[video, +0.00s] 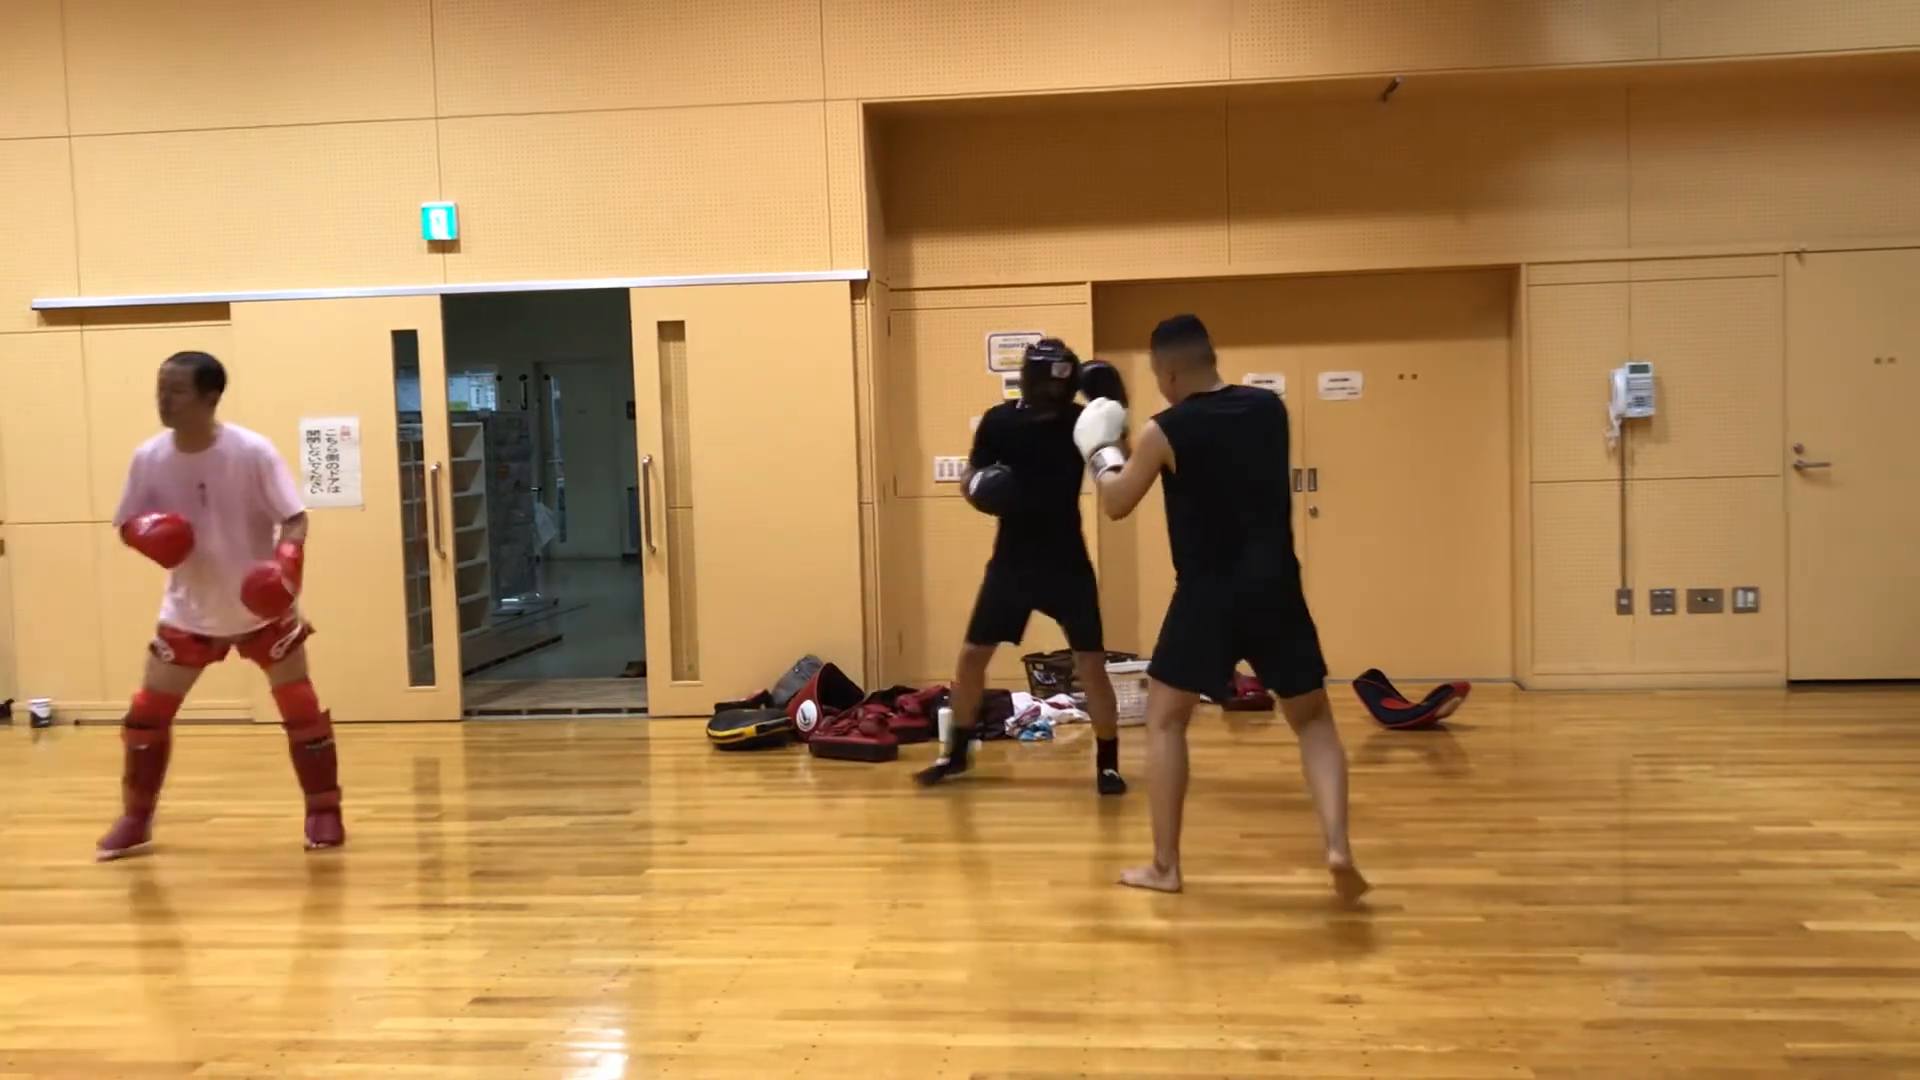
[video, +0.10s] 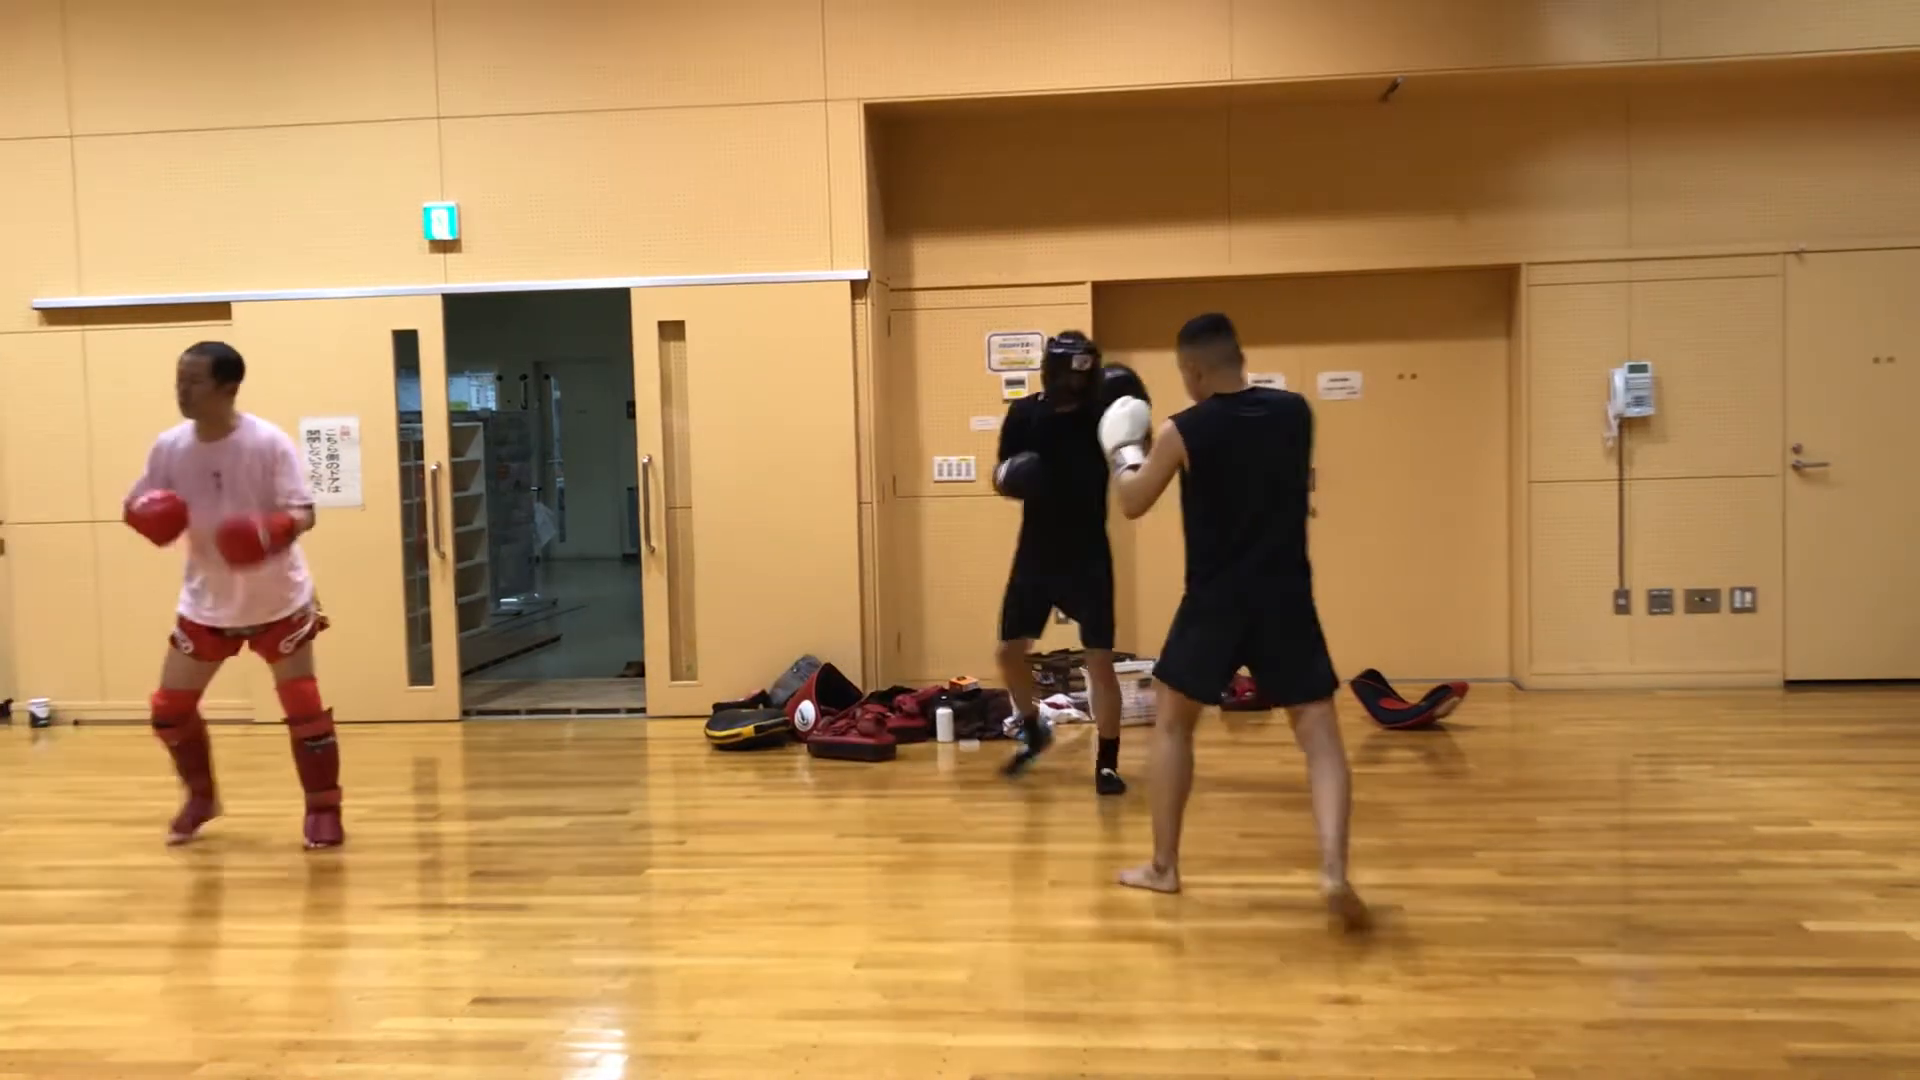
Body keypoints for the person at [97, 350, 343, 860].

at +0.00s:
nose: (162, 400)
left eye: (174, 392)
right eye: (160, 390)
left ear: (210, 397)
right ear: (158, 394)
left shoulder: (254, 454)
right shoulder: (150, 459)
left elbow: (295, 520)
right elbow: (127, 522)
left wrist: (283, 573)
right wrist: (145, 534)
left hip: (261, 606)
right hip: (188, 610)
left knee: (301, 711)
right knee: (146, 717)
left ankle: (324, 813)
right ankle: (136, 819)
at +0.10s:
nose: (180, 390)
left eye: (192, 382)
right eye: (179, 380)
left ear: (227, 388)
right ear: (178, 383)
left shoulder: (270, 444)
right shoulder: (170, 448)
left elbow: (303, 511)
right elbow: (136, 502)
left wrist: (269, 530)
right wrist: (145, 513)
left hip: (278, 599)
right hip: (208, 600)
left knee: (303, 704)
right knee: (172, 710)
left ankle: (323, 809)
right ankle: (201, 797)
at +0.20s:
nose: (192, 388)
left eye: (204, 379)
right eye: (190, 377)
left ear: (237, 384)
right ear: (190, 381)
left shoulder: (273, 438)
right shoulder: (182, 443)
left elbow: (302, 507)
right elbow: (149, 508)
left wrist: (257, 477)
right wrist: (135, 490)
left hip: (287, 593)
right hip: (220, 595)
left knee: (309, 706)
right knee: (191, 708)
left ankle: (325, 810)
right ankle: (240, 782)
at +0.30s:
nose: (195, 386)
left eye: (206, 376)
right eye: (192, 375)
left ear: (241, 381)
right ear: (190, 376)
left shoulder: (271, 431)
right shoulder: (185, 443)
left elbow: (293, 494)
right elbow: (149, 503)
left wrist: (252, 450)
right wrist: (132, 477)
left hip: (289, 587)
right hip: (226, 590)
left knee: (308, 704)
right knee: (201, 704)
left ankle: (325, 810)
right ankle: (251, 780)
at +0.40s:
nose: (197, 385)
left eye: (207, 374)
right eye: (193, 374)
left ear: (237, 381)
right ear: (187, 381)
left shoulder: (270, 428)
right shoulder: (191, 442)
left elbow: (292, 481)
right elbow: (150, 496)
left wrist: (247, 429)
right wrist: (133, 452)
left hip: (288, 585)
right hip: (229, 590)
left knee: (306, 701)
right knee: (212, 699)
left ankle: (325, 810)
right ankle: (251, 785)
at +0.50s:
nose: (194, 389)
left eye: (204, 378)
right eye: (189, 378)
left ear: (233, 382)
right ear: (183, 385)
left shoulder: (263, 429)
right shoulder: (188, 444)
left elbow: (282, 474)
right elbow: (153, 498)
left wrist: (238, 422)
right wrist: (138, 445)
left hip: (280, 587)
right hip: (223, 593)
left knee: (295, 700)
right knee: (216, 701)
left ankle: (321, 809)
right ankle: (237, 793)